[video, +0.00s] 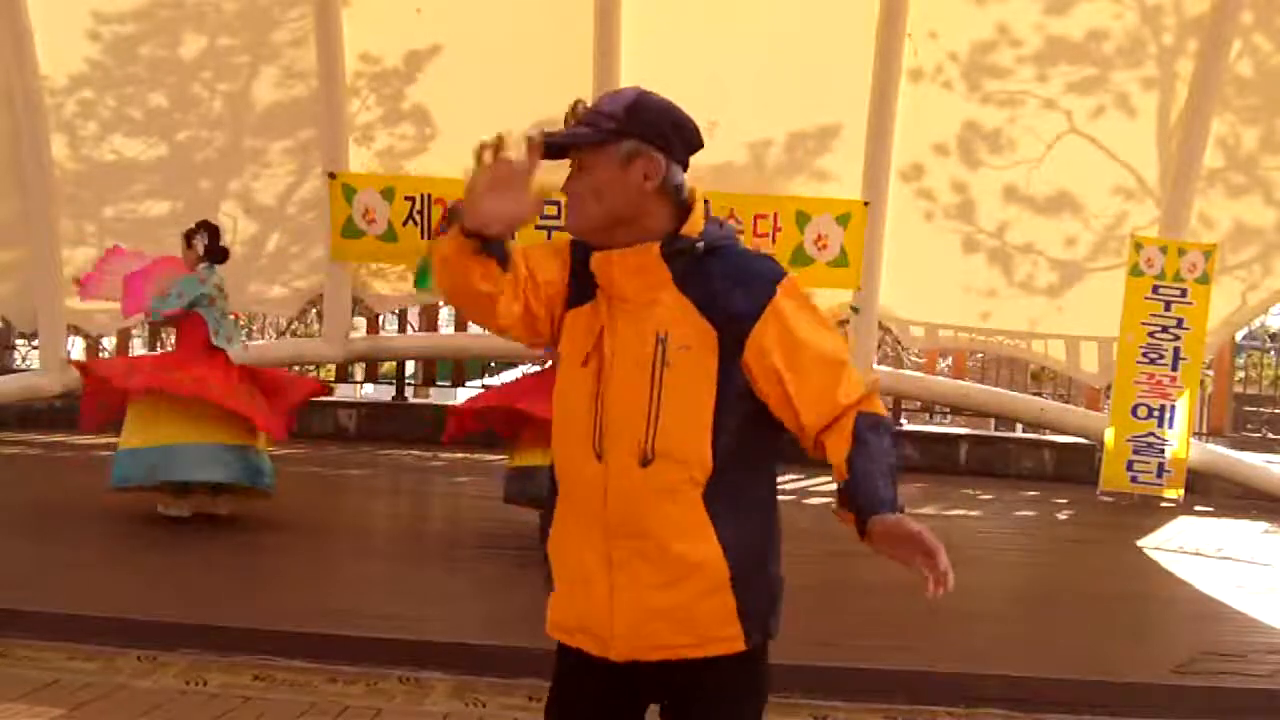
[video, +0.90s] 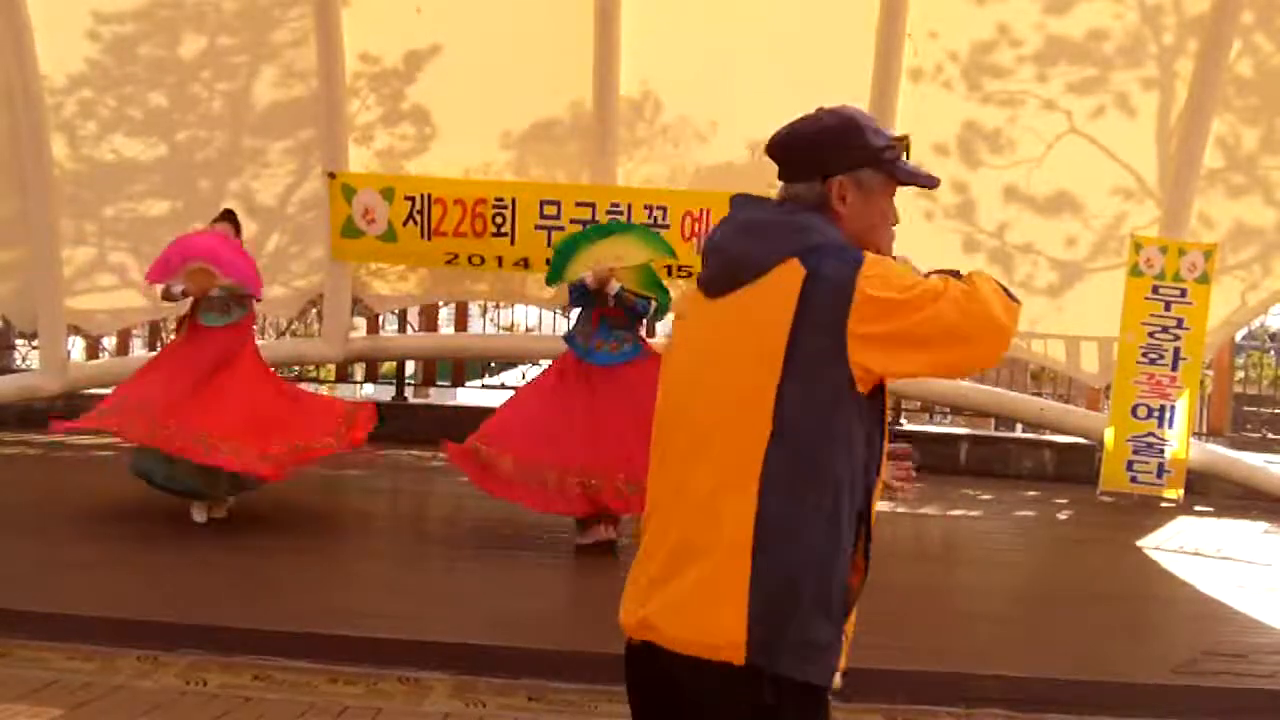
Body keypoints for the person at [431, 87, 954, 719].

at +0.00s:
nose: (565, 179)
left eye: (582, 163)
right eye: (569, 164)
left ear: (644, 170)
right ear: (637, 171)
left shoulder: (741, 284)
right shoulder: (572, 274)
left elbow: (843, 403)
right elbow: (486, 294)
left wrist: (876, 509)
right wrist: (473, 234)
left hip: (710, 633)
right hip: (589, 630)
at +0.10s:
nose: (583, 183)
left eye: (604, 163)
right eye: (583, 164)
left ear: (667, 173)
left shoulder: (745, 298)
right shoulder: (565, 275)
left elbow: (809, 424)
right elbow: (499, 281)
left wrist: (862, 514)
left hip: (696, 633)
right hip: (570, 631)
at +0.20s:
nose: (610, 167)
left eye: (634, 147)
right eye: (605, 148)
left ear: (697, 166)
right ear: (595, 154)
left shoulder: (747, 279)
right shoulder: (568, 257)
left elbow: (794, 421)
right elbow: (583, 279)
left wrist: (860, 505)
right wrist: (740, 239)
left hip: (701, 614)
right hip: (580, 613)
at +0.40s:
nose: (686, 190)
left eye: (708, 170)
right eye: (665, 170)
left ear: (747, 182)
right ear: (639, 182)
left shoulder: (769, 297)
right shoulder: (614, 268)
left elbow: (786, 454)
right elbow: (707, 291)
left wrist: (873, 510)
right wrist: (838, 270)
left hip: (707, 643)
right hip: (599, 643)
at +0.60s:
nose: (801, 183)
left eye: (809, 165)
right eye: (776, 163)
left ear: (820, 170)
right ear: (711, 170)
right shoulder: (703, 259)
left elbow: (700, 430)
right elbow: (868, 309)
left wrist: (784, 513)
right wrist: (831, 249)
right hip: (656, 631)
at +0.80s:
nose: (880, 203)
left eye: (878, 186)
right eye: (865, 184)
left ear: (798, 186)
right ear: (803, 186)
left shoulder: (705, 262)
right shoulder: (803, 277)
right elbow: (958, 327)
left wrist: (830, 485)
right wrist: (924, 285)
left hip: (642, 632)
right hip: (719, 649)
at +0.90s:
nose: (895, 214)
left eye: (895, 195)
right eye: (888, 194)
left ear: (831, 192)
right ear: (842, 195)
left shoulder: (708, 280)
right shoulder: (839, 279)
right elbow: (984, 321)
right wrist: (937, 283)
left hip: (660, 638)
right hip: (754, 652)